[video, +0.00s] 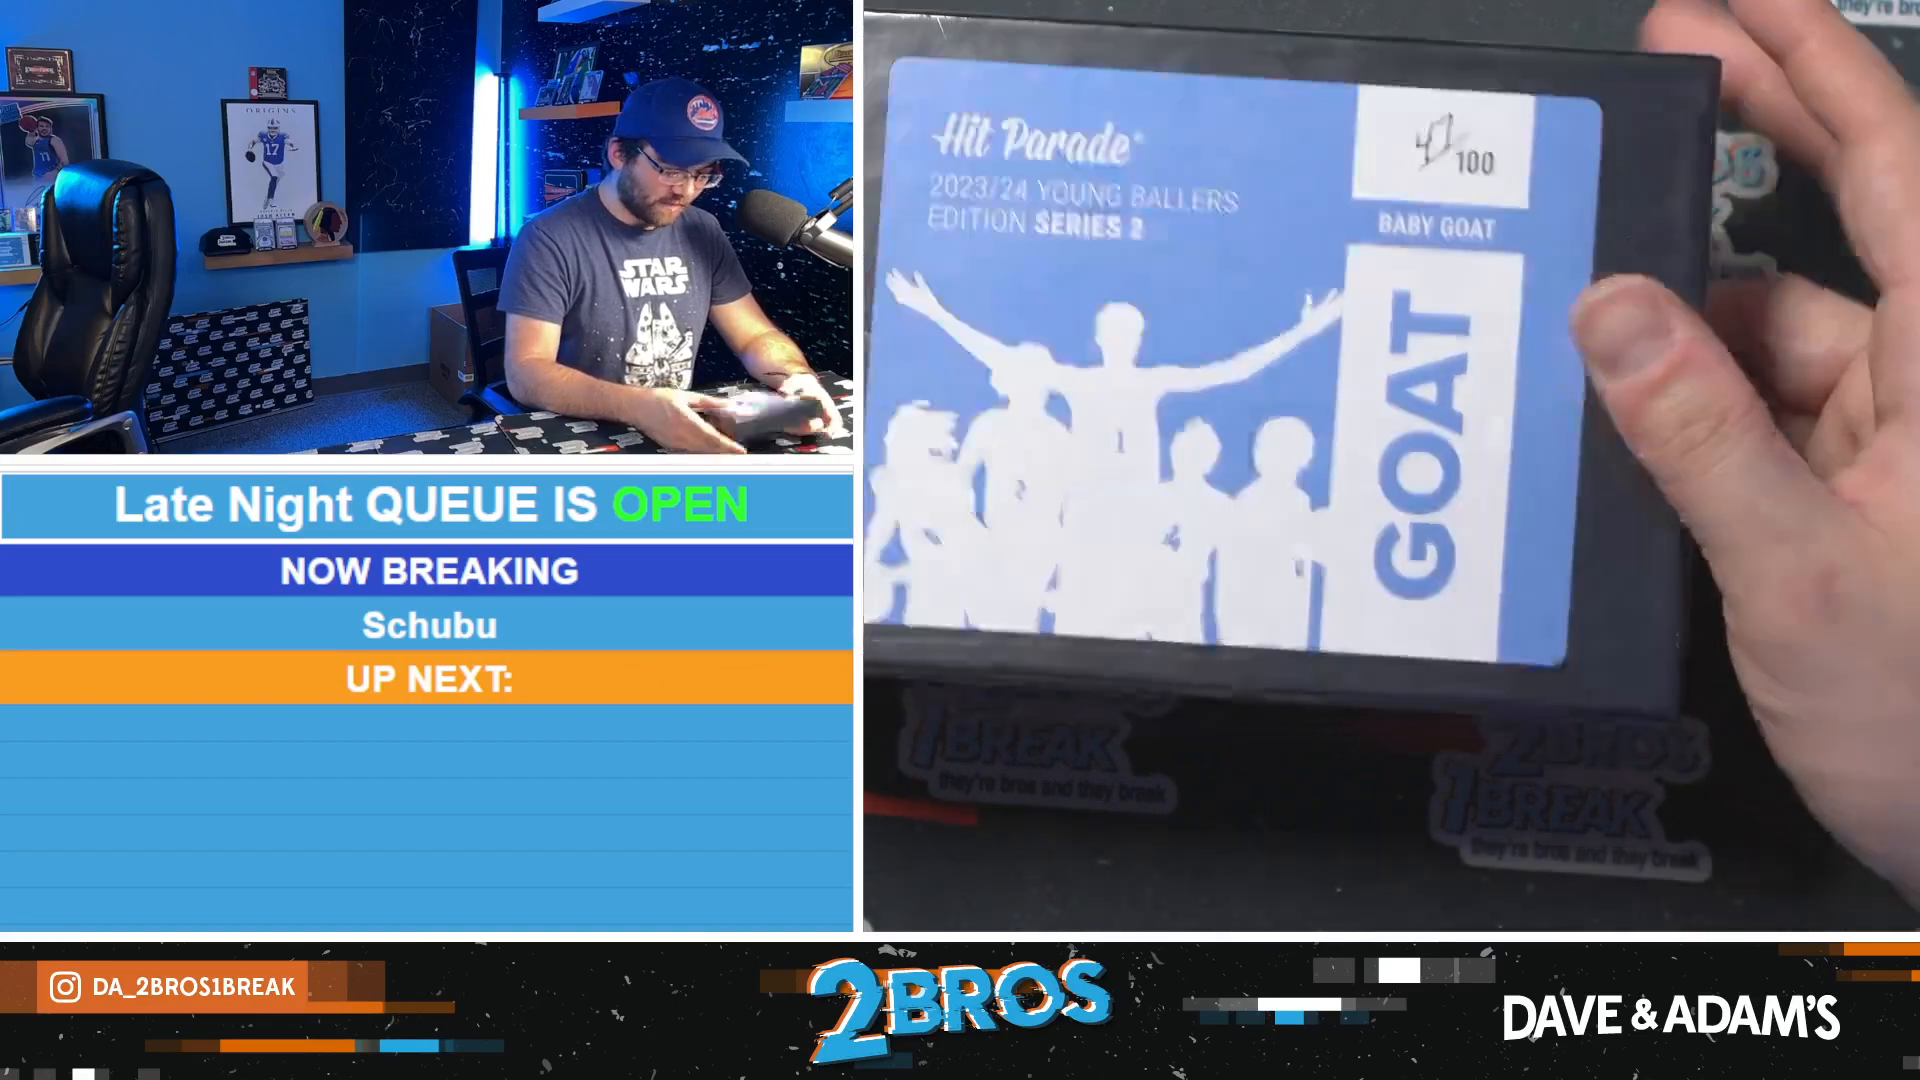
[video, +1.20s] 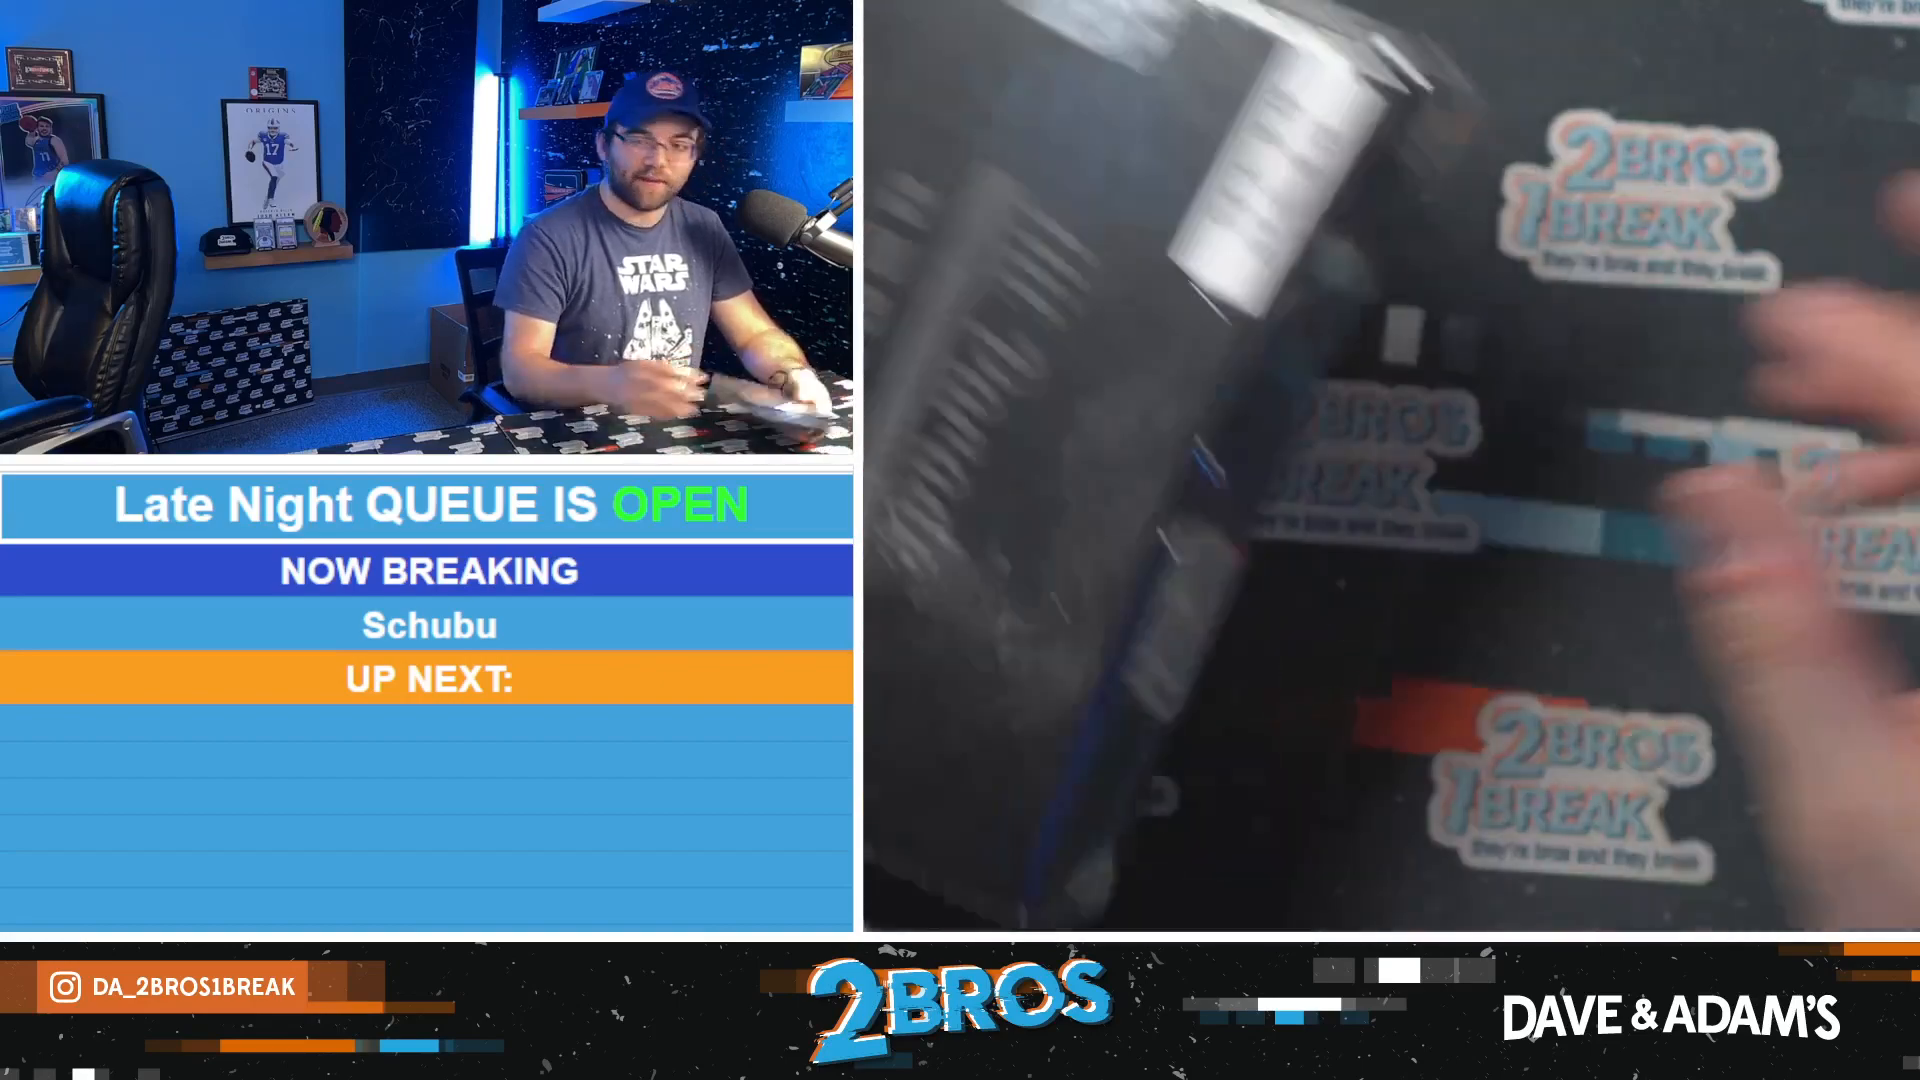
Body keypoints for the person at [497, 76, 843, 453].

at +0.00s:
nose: (687, 191)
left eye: (702, 173)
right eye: (671, 169)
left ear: (715, 169)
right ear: (619, 154)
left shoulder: (702, 233)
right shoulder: (553, 238)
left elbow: (757, 336)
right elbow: (529, 374)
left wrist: (797, 375)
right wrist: (643, 407)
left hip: (684, 460)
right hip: (579, 464)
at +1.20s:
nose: (659, 160)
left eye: (679, 145)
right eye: (642, 140)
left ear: (695, 157)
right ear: (605, 144)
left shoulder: (705, 231)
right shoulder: (552, 238)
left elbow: (757, 334)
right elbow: (523, 373)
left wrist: (793, 372)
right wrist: (612, 384)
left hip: (683, 449)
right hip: (577, 458)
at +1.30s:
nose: (648, 156)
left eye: (670, 141)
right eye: (631, 137)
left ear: (691, 155)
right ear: (602, 144)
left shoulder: (704, 230)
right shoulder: (548, 237)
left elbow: (762, 331)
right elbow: (515, 365)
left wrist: (795, 367)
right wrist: (565, 389)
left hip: (683, 456)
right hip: (580, 464)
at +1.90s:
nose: (604, 151)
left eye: (629, 137)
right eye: (599, 135)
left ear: (680, 153)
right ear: (590, 138)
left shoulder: (709, 233)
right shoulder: (551, 232)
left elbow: (775, 340)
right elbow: (520, 348)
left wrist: (753, 371)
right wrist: (535, 435)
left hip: (682, 448)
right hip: (582, 452)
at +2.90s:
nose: (652, 169)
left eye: (675, 154)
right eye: (637, 147)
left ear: (701, 160)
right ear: (613, 145)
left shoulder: (708, 236)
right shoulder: (552, 235)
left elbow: (771, 341)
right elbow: (503, 344)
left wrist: (760, 376)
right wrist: (509, 401)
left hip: (677, 456)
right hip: (570, 456)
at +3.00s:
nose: (665, 176)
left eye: (687, 161)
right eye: (650, 153)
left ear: (703, 167)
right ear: (614, 145)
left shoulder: (708, 235)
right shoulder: (550, 235)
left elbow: (771, 341)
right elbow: (501, 351)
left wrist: (759, 376)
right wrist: (548, 386)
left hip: (678, 457)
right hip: (575, 463)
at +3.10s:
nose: (673, 180)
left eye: (693, 164)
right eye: (657, 157)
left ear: (708, 168)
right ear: (616, 146)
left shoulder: (708, 235)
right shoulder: (550, 234)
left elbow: (771, 341)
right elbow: (507, 355)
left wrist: (758, 375)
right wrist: (589, 377)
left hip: (679, 457)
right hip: (574, 462)